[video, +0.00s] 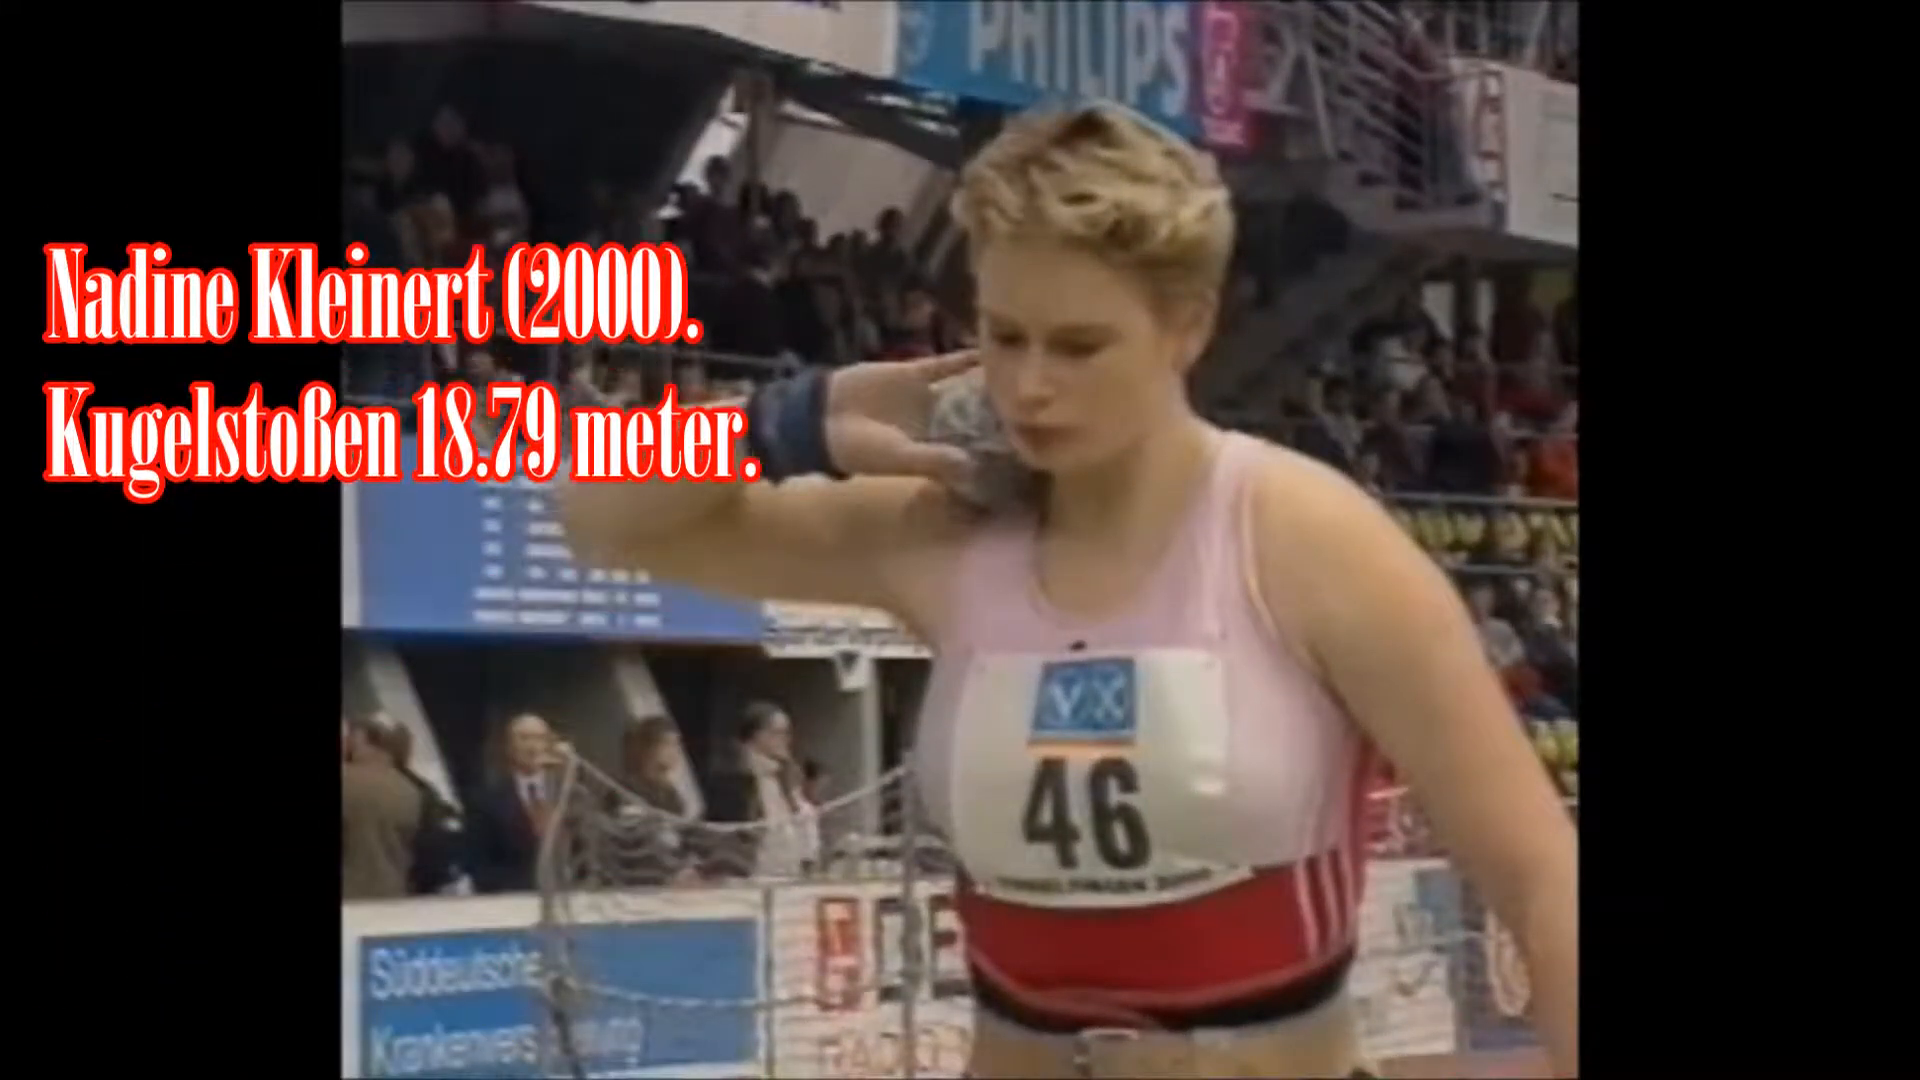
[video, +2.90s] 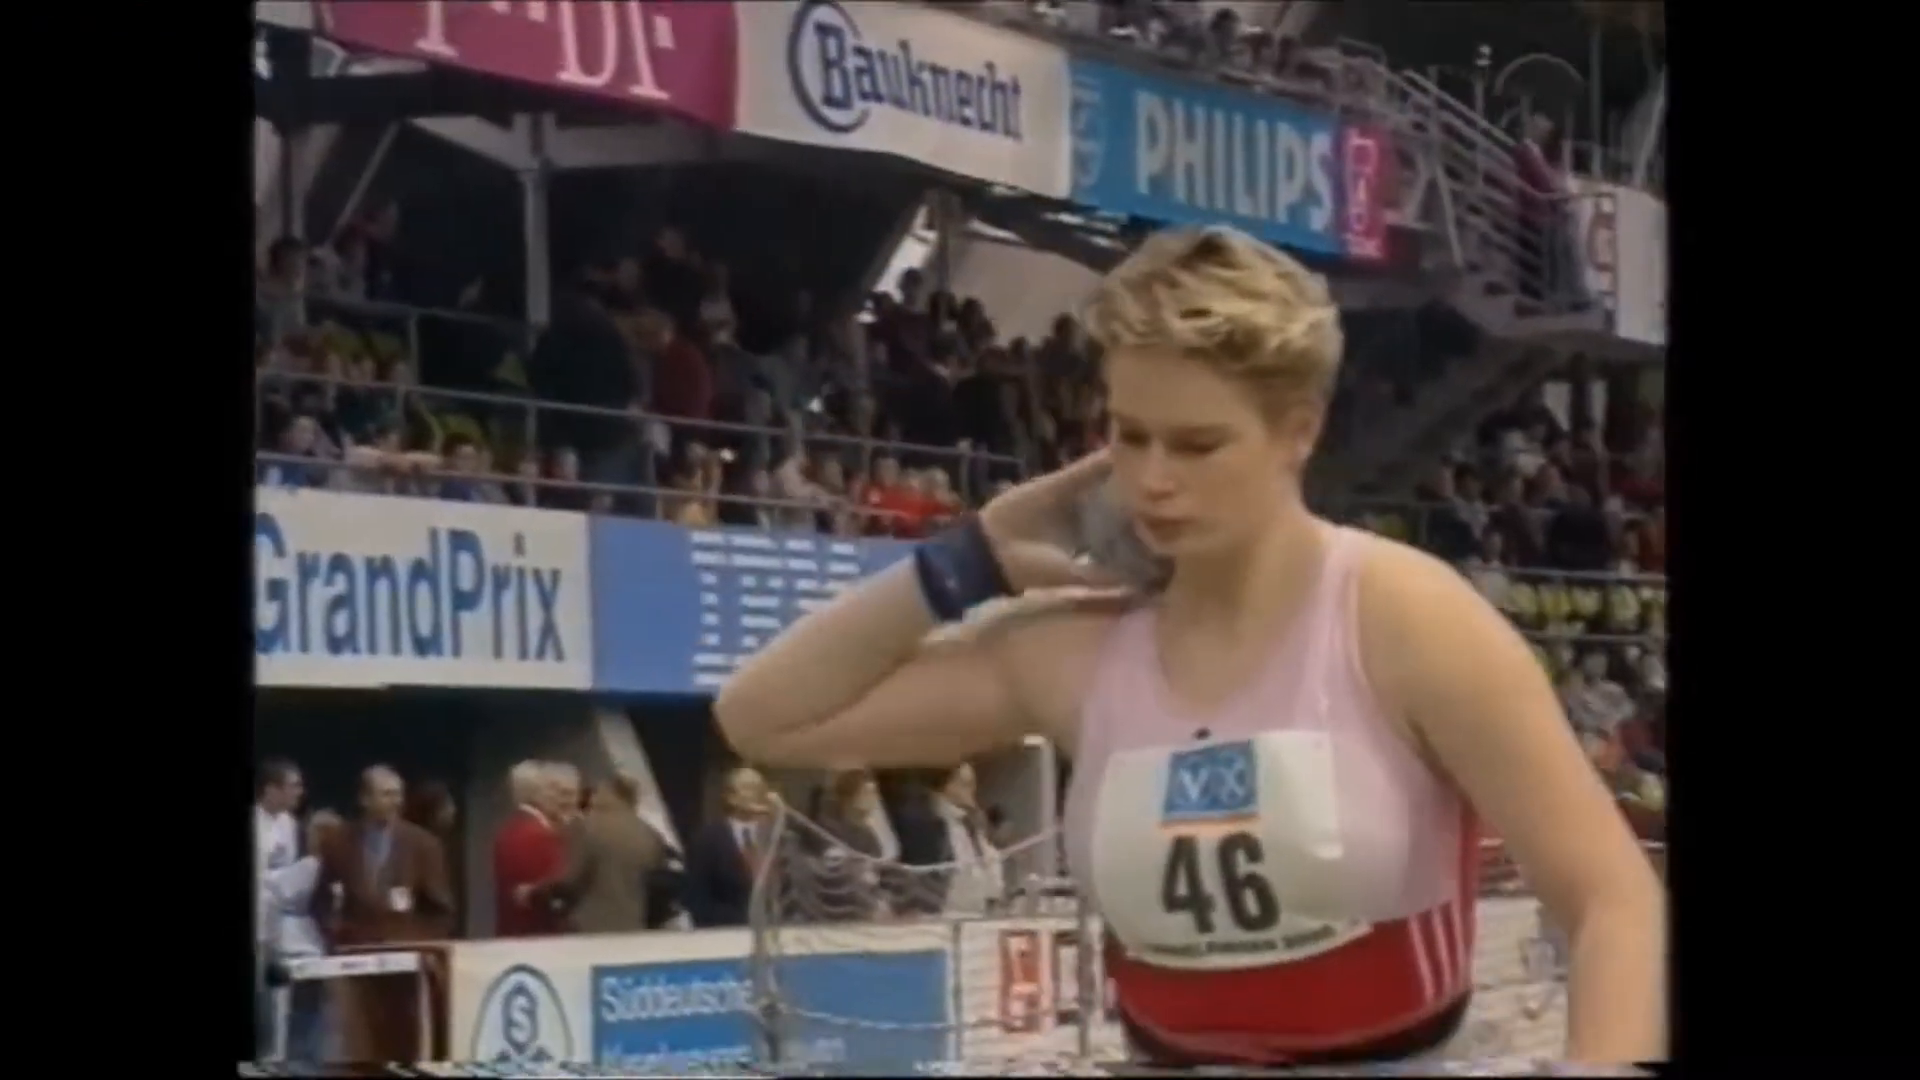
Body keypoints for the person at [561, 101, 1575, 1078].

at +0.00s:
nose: (1027, 387)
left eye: (1079, 344)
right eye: (1004, 338)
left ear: (1187, 327)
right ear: (973, 323)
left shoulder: (1301, 532)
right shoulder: (928, 534)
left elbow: (1538, 874)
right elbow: (608, 519)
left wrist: (1564, 1061)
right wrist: (812, 420)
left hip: (1272, 1055)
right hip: (1017, 1053)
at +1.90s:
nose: (1049, 381)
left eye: (1087, 344)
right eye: (1014, 338)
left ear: (1187, 326)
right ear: (970, 319)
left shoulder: (1312, 538)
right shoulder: (949, 539)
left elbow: (1539, 876)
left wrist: (1561, 1051)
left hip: (1269, 1050)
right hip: (1011, 1048)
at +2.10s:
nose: (835, 562)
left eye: (879, 513)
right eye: (802, 514)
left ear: (982, 481)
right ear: (771, 499)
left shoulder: (1149, 634)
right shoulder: (781, 743)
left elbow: (1410, 879)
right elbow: (560, 910)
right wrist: (608, 638)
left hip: (1221, 1067)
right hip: (946, 1064)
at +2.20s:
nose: (873, 549)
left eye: (914, 501)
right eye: (843, 503)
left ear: (1020, 475)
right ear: (813, 491)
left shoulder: (1178, 625)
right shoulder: (824, 735)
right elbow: (583, 953)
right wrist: (655, 653)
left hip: (1282, 1068)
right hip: (1006, 1073)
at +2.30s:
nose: (896, 534)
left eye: (939, 486)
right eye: (867, 490)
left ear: (1044, 459)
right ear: (835, 481)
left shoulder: (1193, 619)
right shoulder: (845, 723)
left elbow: (1521, 854)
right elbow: (591, 943)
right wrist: (702, 641)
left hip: (1281, 1058)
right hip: (1025, 1064)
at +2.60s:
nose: (1056, 505)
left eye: (1101, 464)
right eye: (1034, 463)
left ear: (1210, 462)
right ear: (1008, 462)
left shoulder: (1331, 633)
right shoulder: (989, 712)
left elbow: (1570, 881)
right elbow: (670, 818)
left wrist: (1504, 1048)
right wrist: (879, 605)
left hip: (1352, 1057)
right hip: (1112, 1066)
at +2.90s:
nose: (1152, 482)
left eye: (1197, 444)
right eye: (1128, 435)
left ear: (1297, 433)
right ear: (1100, 424)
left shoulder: (1399, 612)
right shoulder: (1069, 655)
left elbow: (1613, 899)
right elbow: (759, 720)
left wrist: (1601, 1073)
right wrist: (970, 558)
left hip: (1403, 1058)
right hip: (1168, 1062)